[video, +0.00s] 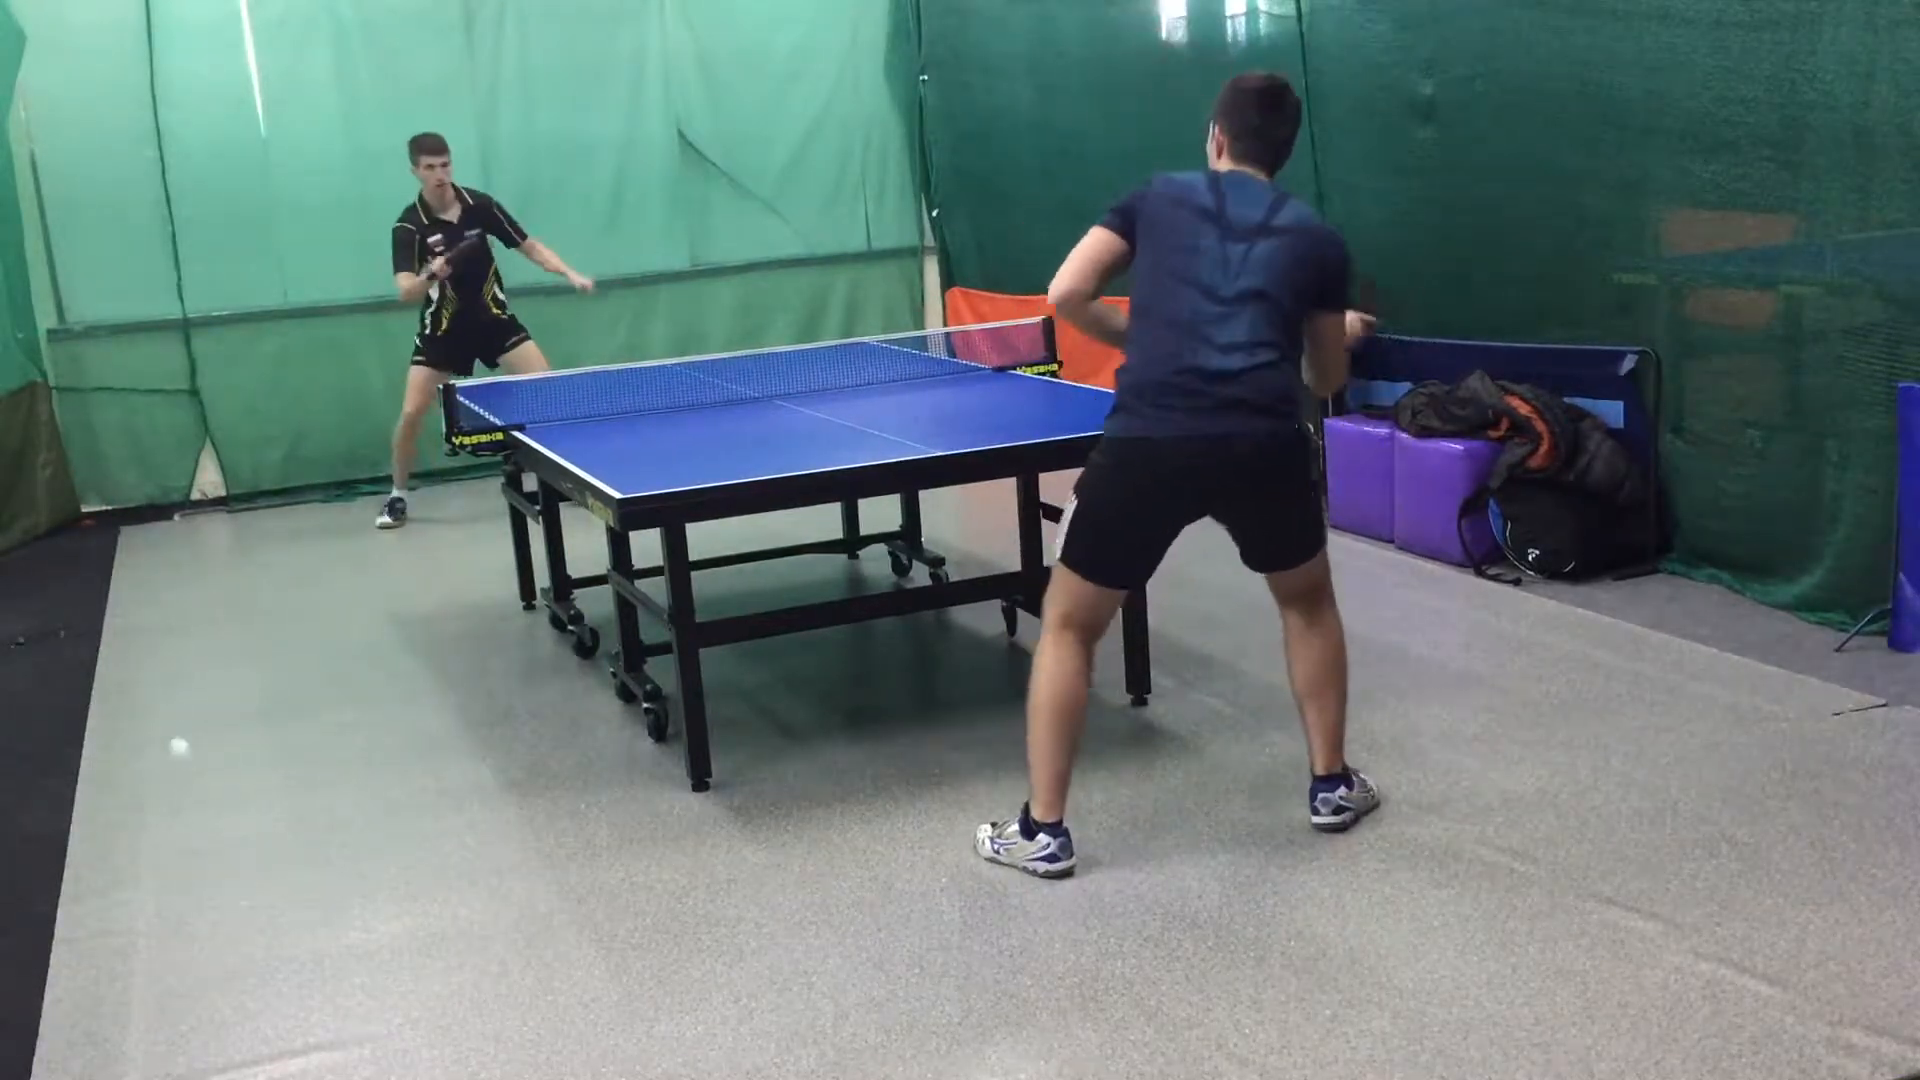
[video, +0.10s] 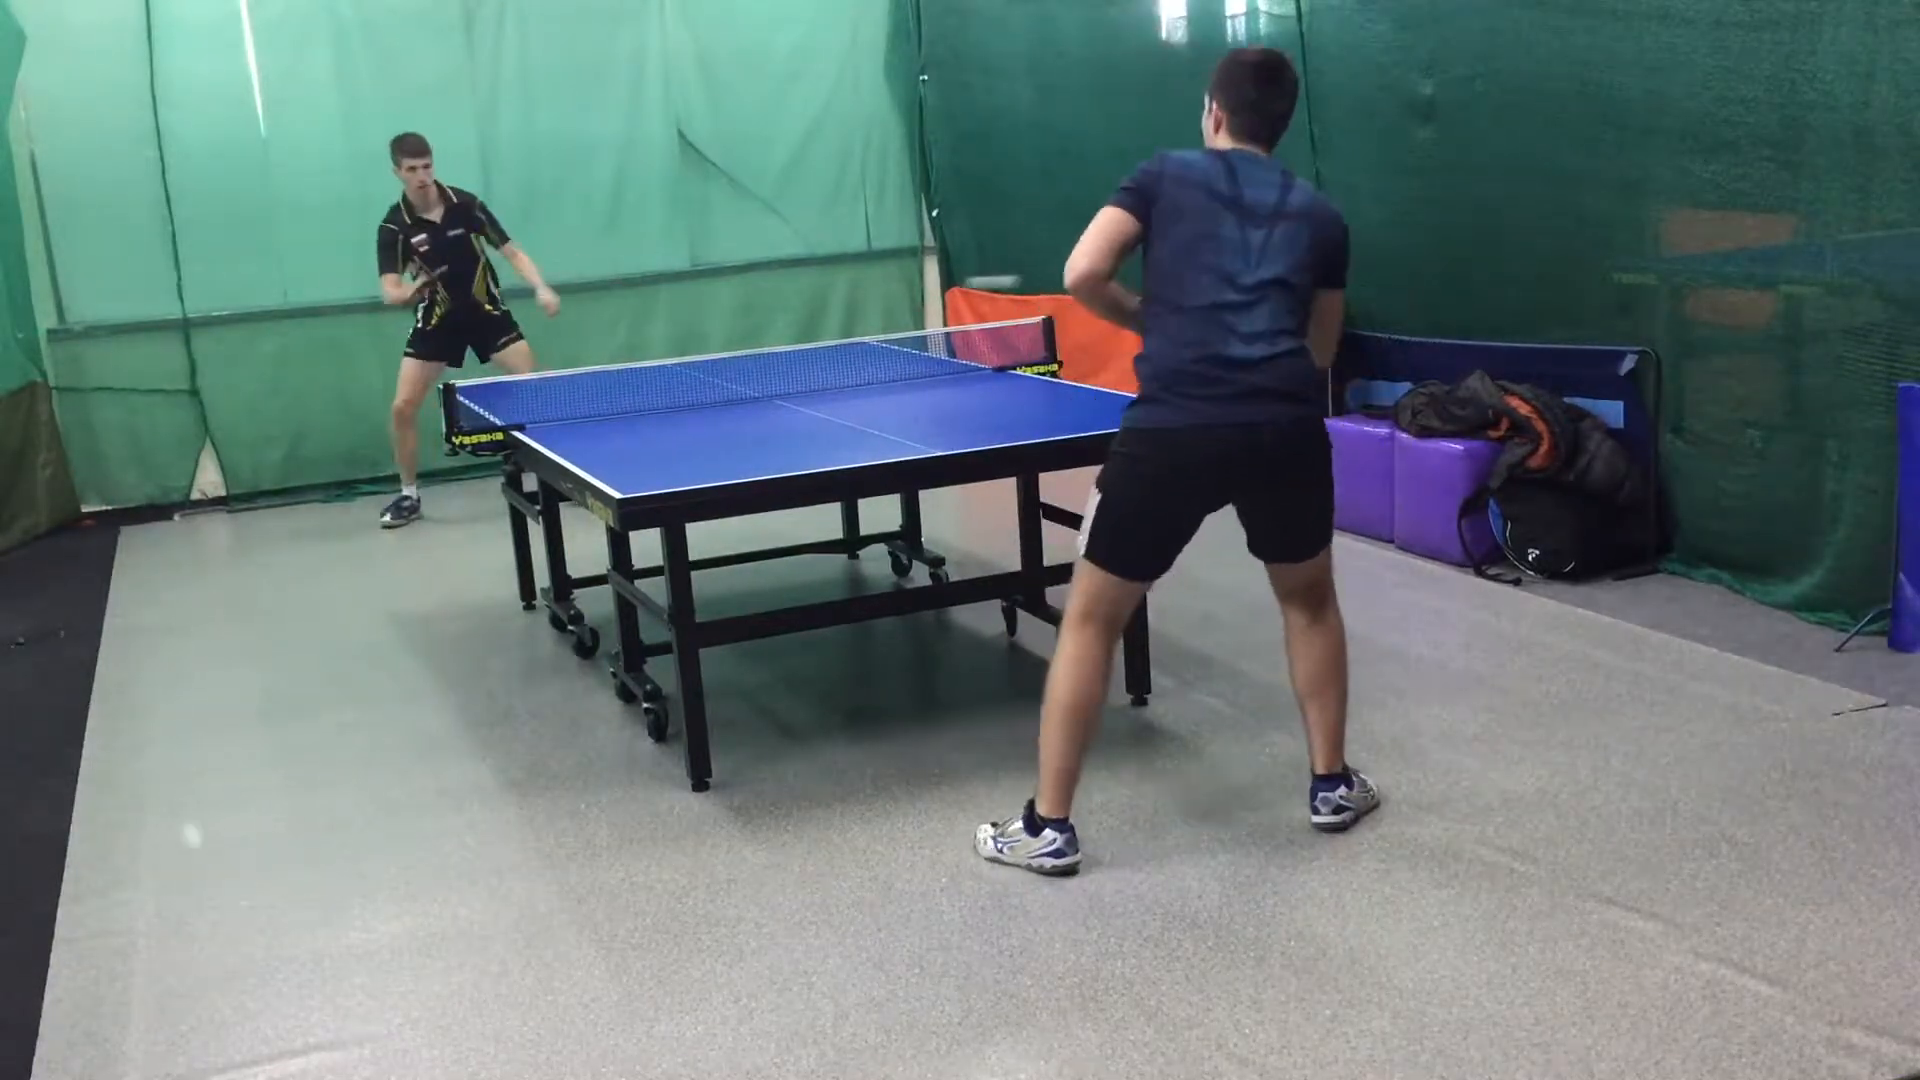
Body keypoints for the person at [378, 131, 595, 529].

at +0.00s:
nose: (441, 174)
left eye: (445, 166)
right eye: (431, 168)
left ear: (452, 165)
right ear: (416, 172)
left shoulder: (480, 205)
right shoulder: (409, 225)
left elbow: (529, 247)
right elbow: (407, 291)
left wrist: (569, 272)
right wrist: (431, 274)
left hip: (493, 318)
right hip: (443, 326)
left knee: (546, 388)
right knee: (412, 412)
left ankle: (528, 476)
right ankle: (397, 496)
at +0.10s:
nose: (422, 176)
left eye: (426, 167)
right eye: (413, 170)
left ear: (434, 164)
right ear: (398, 173)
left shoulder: (465, 204)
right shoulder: (395, 225)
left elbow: (512, 253)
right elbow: (390, 292)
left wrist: (541, 287)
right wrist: (416, 287)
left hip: (486, 312)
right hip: (437, 320)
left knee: (532, 384)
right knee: (403, 407)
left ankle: (540, 476)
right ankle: (409, 495)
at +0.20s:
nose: (400, 195)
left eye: (404, 186)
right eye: (391, 190)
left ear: (412, 182)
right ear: (376, 192)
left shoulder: (443, 219)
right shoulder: (379, 240)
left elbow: (484, 275)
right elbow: (379, 298)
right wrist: (379, 318)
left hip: (475, 312)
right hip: (432, 321)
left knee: (527, 390)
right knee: (399, 409)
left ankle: (537, 477)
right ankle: (410, 497)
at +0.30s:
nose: (381, 221)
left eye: (386, 211)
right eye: (372, 215)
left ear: (395, 205)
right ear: (360, 217)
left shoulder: (428, 243)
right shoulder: (371, 261)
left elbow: (446, 313)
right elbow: (378, 332)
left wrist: (414, 353)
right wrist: (349, 366)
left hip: (479, 326)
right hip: (436, 332)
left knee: (519, 388)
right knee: (392, 411)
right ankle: (409, 497)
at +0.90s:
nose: (490, 194)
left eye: (494, 184)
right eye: (480, 188)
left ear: (503, 183)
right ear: (467, 194)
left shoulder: (529, 221)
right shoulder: (472, 242)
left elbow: (586, 250)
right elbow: (495, 292)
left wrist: (617, 242)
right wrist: (533, 243)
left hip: (543, 342)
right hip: (500, 355)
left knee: (591, 369)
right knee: (473, 443)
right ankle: (448, 501)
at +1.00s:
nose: (499, 190)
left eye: (504, 181)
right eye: (489, 184)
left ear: (511, 180)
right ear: (474, 188)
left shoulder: (535, 219)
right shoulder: (473, 238)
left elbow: (592, 252)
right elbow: (484, 300)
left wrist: (630, 251)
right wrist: (526, 262)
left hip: (545, 337)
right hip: (499, 350)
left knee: (593, 372)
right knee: (472, 438)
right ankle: (438, 501)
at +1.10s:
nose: (489, 180)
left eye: (494, 171)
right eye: (479, 173)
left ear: (502, 170)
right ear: (465, 177)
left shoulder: (532, 210)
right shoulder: (460, 231)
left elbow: (583, 250)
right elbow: (462, 298)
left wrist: (618, 266)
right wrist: (501, 275)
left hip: (544, 330)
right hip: (491, 342)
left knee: (592, 391)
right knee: (461, 417)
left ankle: (603, 480)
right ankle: (438, 498)